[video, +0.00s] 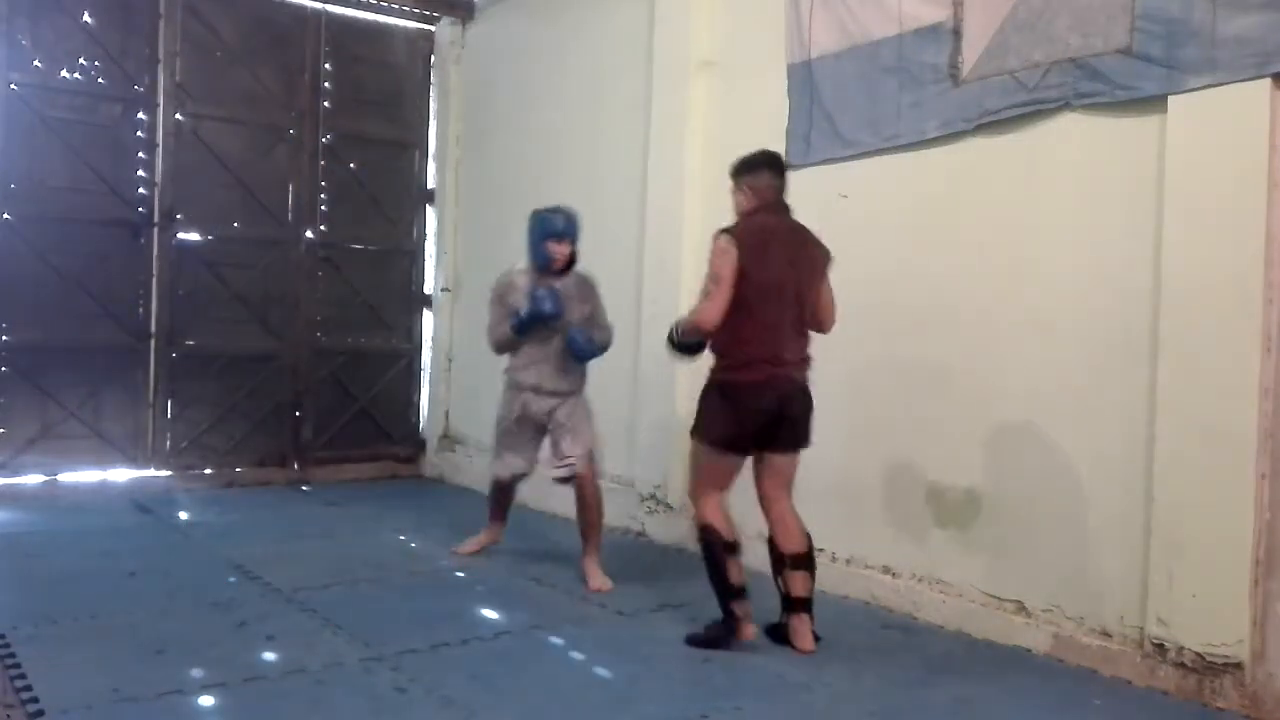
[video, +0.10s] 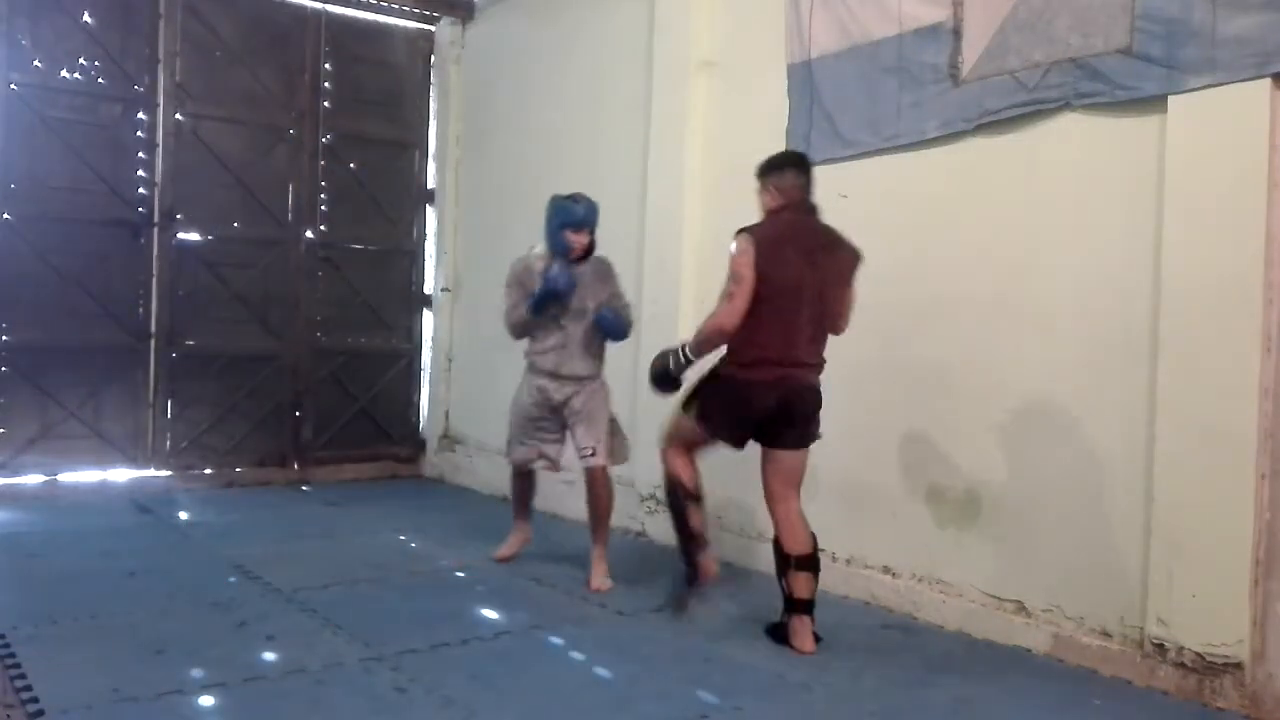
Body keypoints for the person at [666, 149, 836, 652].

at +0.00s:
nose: (734, 200)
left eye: (737, 192)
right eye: (736, 192)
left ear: (749, 192)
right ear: (780, 191)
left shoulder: (732, 240)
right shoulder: (811, 245)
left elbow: (711, 315)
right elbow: (824, 319)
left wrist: (683, 331)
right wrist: (783, 295)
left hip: (736, 390)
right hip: (791, 392)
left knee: (708, 493)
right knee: (778, 496)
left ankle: (737, 620)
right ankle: (800, 625)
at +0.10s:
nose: (762, 200)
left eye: (763, 192)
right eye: (763, 191)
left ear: (772, 191)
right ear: (807, 190)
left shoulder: (754, 240)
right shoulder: (840, 250)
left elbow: (728, 320)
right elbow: (838, 323)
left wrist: (685, 354)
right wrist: (794, 295)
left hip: (742, 385)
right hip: (800, 392)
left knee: (677, 445)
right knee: (786, 501)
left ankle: (697, 558)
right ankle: (801, 626)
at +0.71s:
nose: (803, 196)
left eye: (804, 188)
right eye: (804, 189)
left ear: (816, 189)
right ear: (855, 192)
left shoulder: (788, 226)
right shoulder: (882, 257)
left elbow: (728, 292)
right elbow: (840, 310)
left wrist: (704, 260)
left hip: (750, 378)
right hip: (812, 394)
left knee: (688, 446)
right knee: (795, 497)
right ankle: (796, 627)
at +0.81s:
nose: (784, 202)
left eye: (785, 195)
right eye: (785, 197)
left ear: (795, 192)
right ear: (837, 192)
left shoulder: (779, 227)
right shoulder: (867, 244)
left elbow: (733, 289)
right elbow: (830, 300)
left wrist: (750, 247)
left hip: (754, 384)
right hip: (817, 394)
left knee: (703, 470)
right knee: (798, 500)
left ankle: (722, 588)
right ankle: (798, 628)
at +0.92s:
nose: (761, 211)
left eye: (760, 204)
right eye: (763, 204)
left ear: (769, 198)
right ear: (810, 192)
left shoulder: (762, 230)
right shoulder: (852, 237)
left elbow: (737, 300)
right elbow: (817, 291)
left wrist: (741, 249)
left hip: (755, 388)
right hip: (820, 395)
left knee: (717, 494)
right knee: (800, 505)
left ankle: (743, 616)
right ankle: (801, 630)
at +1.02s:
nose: (733, 215)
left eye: (733, 207)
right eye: (734, 206)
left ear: (742, 201)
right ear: (781, 194)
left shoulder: (732, 235)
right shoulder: (830, 238)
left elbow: (717, 308)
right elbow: (815, 301)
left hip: (747, 399)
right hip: (811, 398)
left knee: (739, 527)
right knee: (797, 515)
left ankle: (775, 664)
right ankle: (800, 633)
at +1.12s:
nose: (717, 210)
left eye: (716, 202)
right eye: (718, 201)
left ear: (722, 199)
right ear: (764, 190)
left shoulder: (711, 233)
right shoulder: (811, 228)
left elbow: (712, 299)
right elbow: (792, 289)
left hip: (738, 391)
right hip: (799, 392)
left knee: (748, 527)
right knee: (785, 511)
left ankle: (783, 674)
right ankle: (795, 636)